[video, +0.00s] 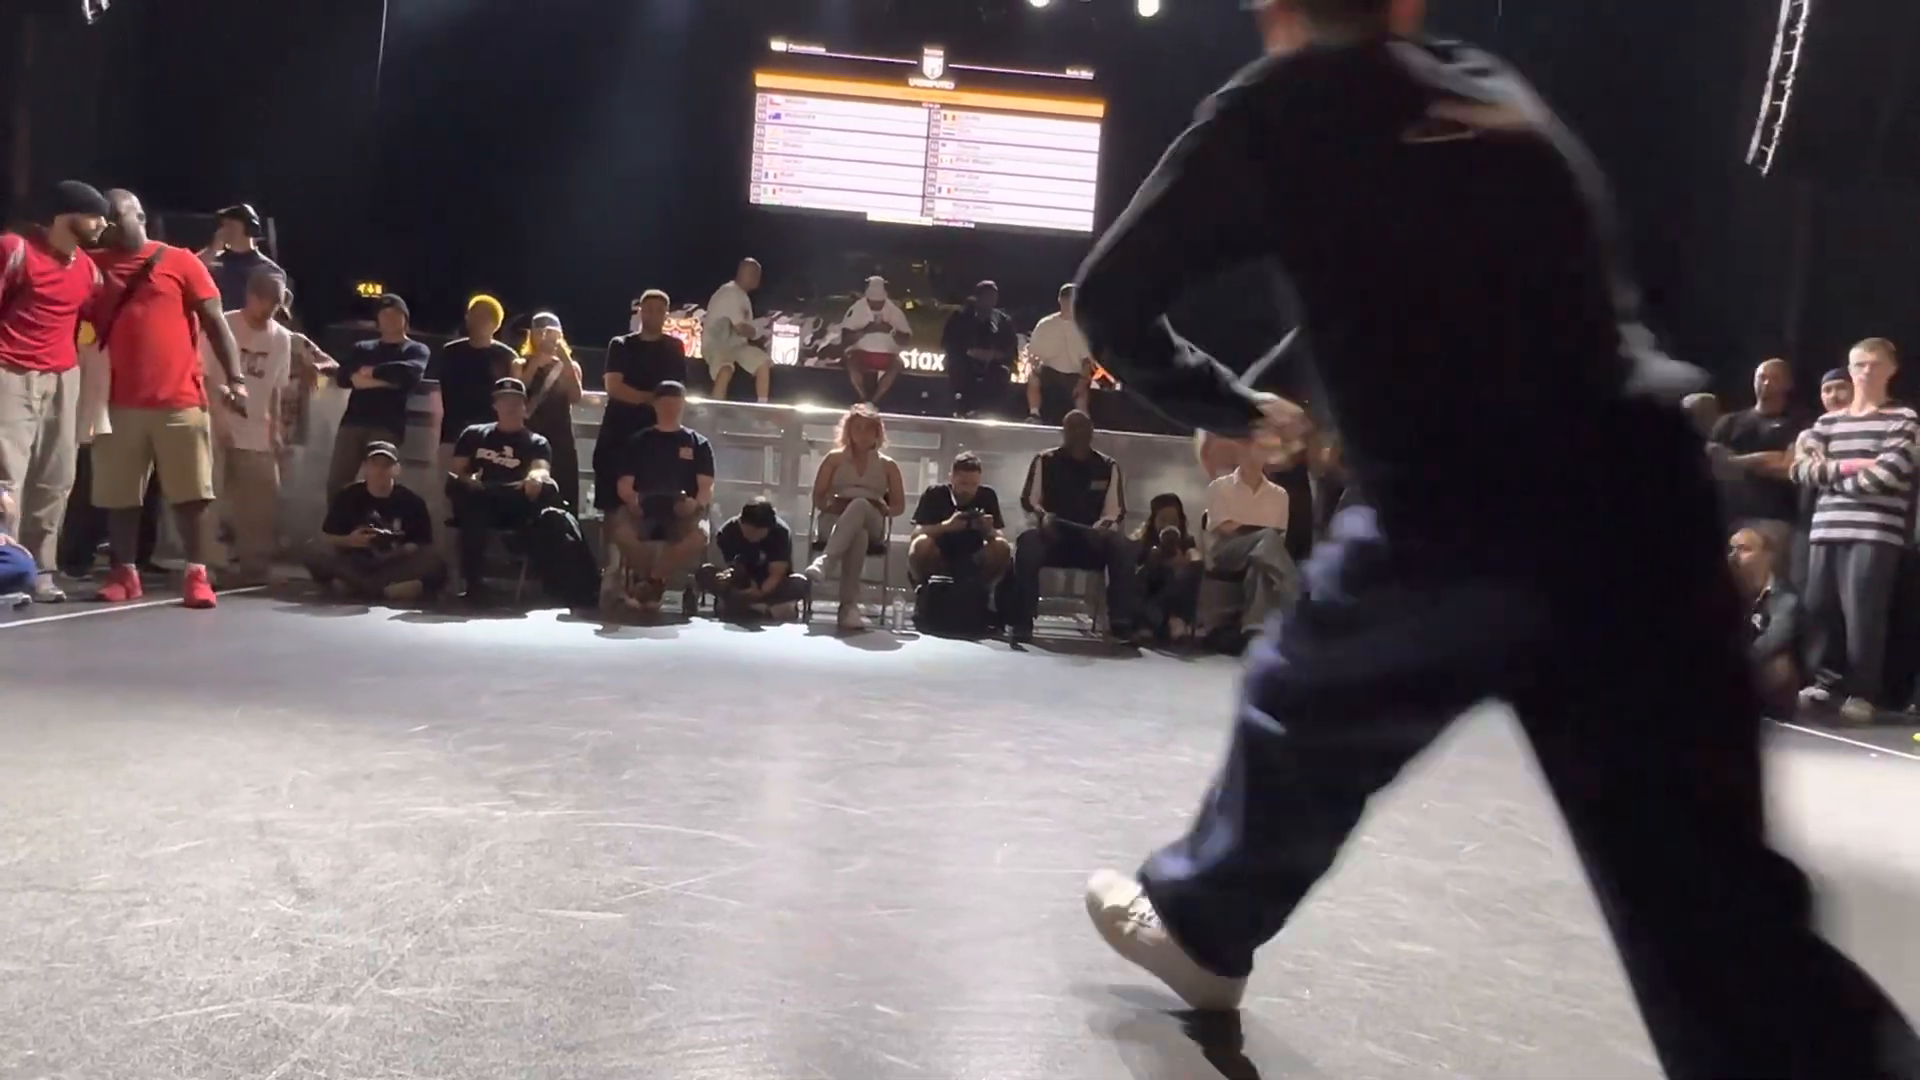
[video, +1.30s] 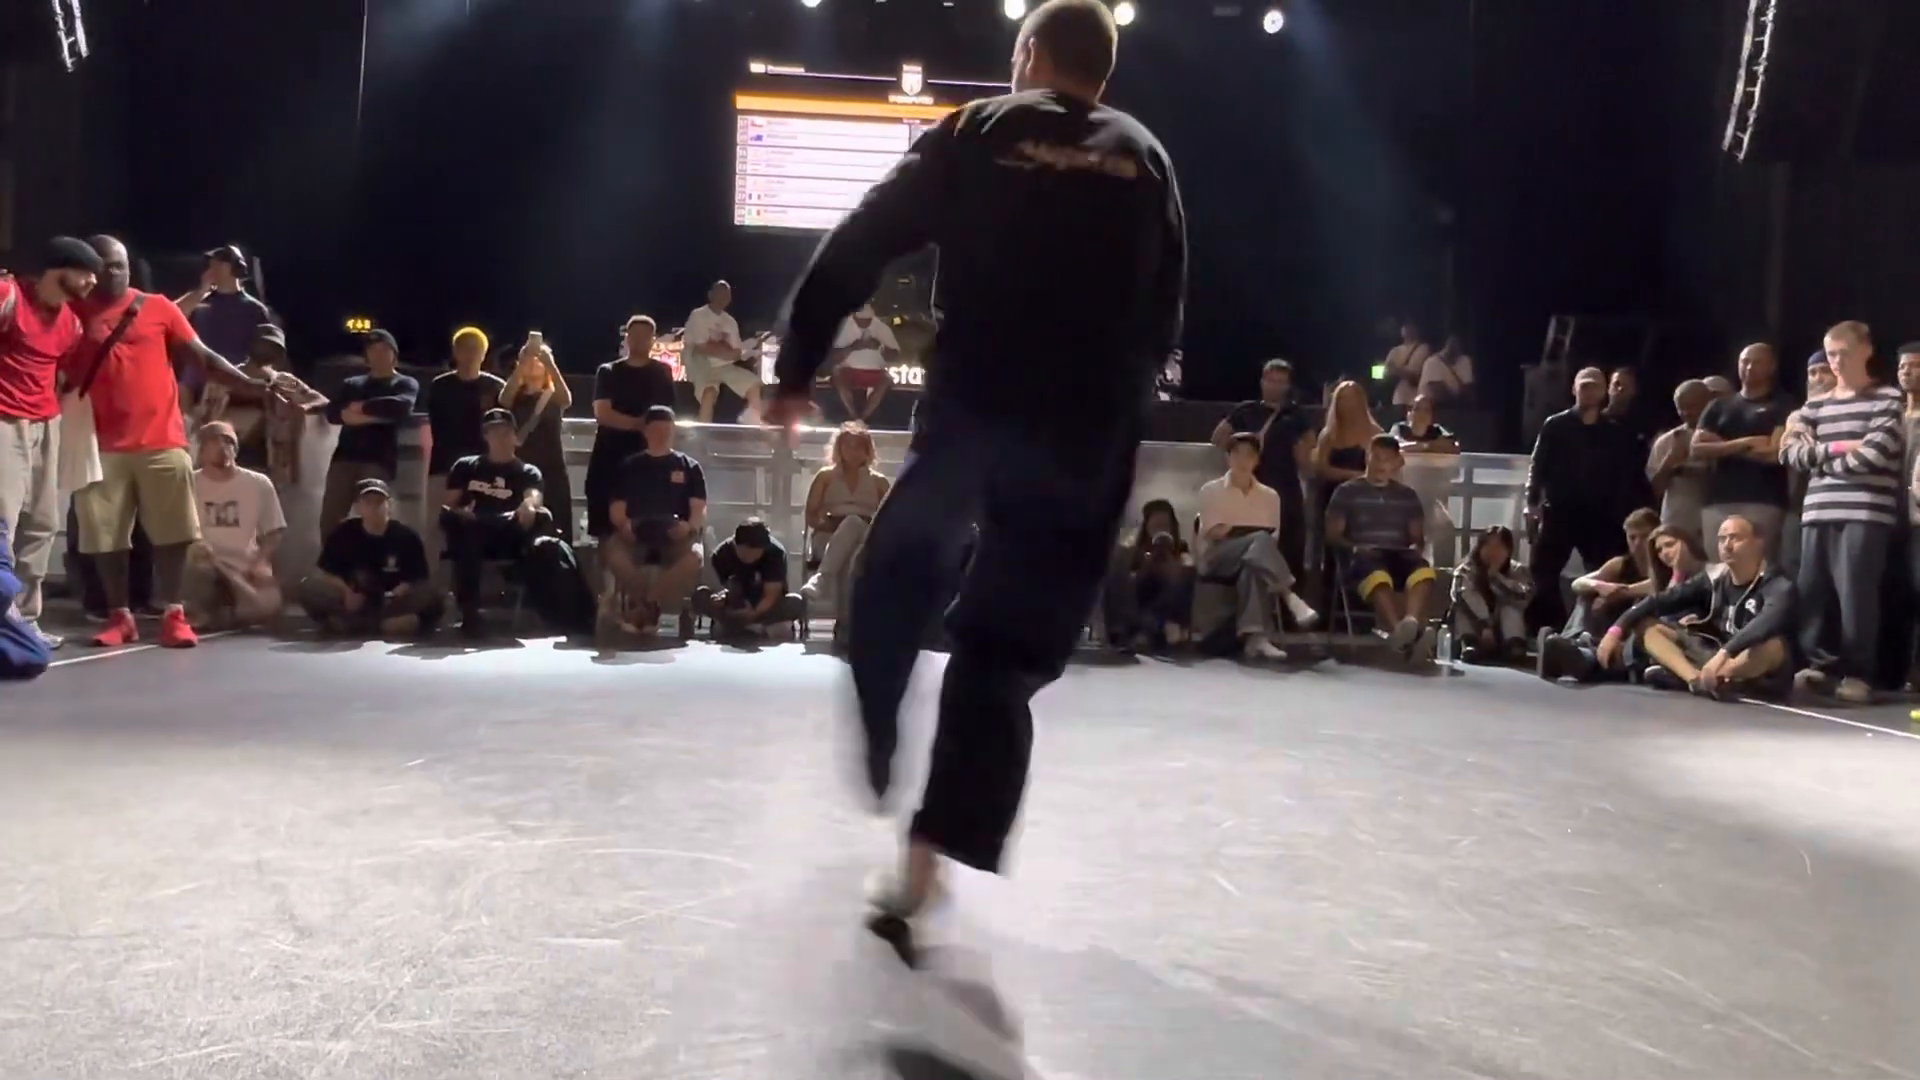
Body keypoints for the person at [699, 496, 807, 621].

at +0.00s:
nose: (752, 537)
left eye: (757, 533)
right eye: (748, 531)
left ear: (767, 528)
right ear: (742, 523)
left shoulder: (780, 532)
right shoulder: (726, 534)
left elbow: (777, 572)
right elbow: (735, 569)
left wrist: (761, 592)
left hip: (770, 579)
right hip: (742, 581)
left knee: (800, 582)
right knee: (705, 572)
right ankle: (767, 611)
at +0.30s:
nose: (745, 538)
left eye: (750, 534)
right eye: (741, 532)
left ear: (760, 529)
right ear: (734, 524)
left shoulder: (773, 534)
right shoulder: (718, 535)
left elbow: (769, 574)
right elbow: (728, 569)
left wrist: (753, 592)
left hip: (762, 580)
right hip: (734, 582)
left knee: (793, 584)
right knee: (698, 575)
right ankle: (758, 611)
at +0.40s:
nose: (741, 539)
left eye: (747, 535)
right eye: (738, 533)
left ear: (757, 531)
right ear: (731, 526)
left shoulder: (770, 536)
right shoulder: (715, 537)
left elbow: (766, 576)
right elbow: (726, 571)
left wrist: (748, 595)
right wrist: (717, 579)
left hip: (759, 582)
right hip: (731, 582)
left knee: (791, 585)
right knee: (695, 577)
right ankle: (756, 613)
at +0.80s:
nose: (739, 536)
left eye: (745, 533)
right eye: (735, 531)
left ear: (754, 528)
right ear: (728, 525)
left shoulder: (767, 535)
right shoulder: (713, 535)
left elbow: (764, 574)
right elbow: (719, 566)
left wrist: (748, 593)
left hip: (757, 578)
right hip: (731, 578)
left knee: (786, 584)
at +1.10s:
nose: (744, 548)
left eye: (750, 544)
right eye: (740, 543)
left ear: (759, 539)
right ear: (733, 536)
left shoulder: (772, 545)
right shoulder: (717, 547)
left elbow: (768, 585)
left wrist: (751, 604)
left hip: (761, 591)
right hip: (732, 592)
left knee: (791, 593)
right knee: (696, 588)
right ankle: (751, 621)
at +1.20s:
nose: (747, 555)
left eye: (753, 551)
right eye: (743, 550)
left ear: (762, 546)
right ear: (736, 542)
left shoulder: (775, 551)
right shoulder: (720, 553)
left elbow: (771, 592)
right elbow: (727, 584)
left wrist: (755, 611)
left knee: (792, 598)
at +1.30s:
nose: (749, 558)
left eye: (754, 554)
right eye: (745, 553)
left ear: (763, 547)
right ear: (737, 545)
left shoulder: (775, 553)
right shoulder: (720, 555)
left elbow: (772, 594)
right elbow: (730, 589)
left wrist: (754, 613)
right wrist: (721, 597)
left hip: (766, 597)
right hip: (738, 600)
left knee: (796, 602)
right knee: (701, 597)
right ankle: (761, 630)